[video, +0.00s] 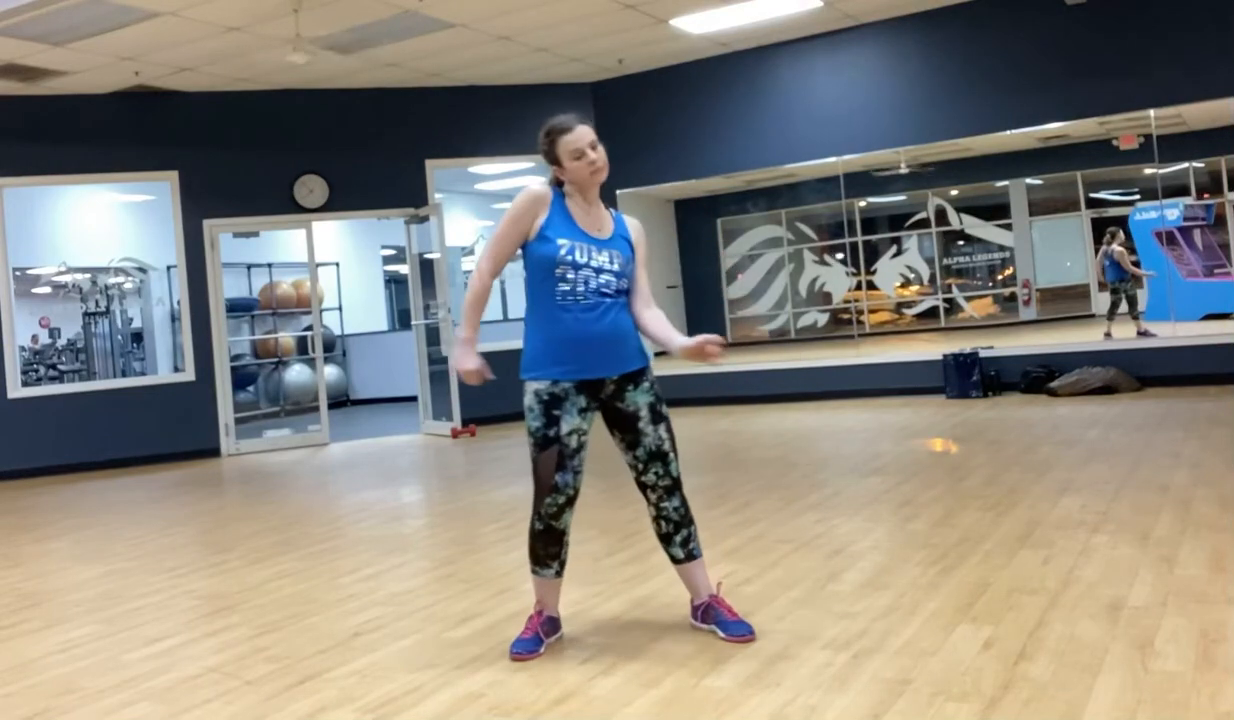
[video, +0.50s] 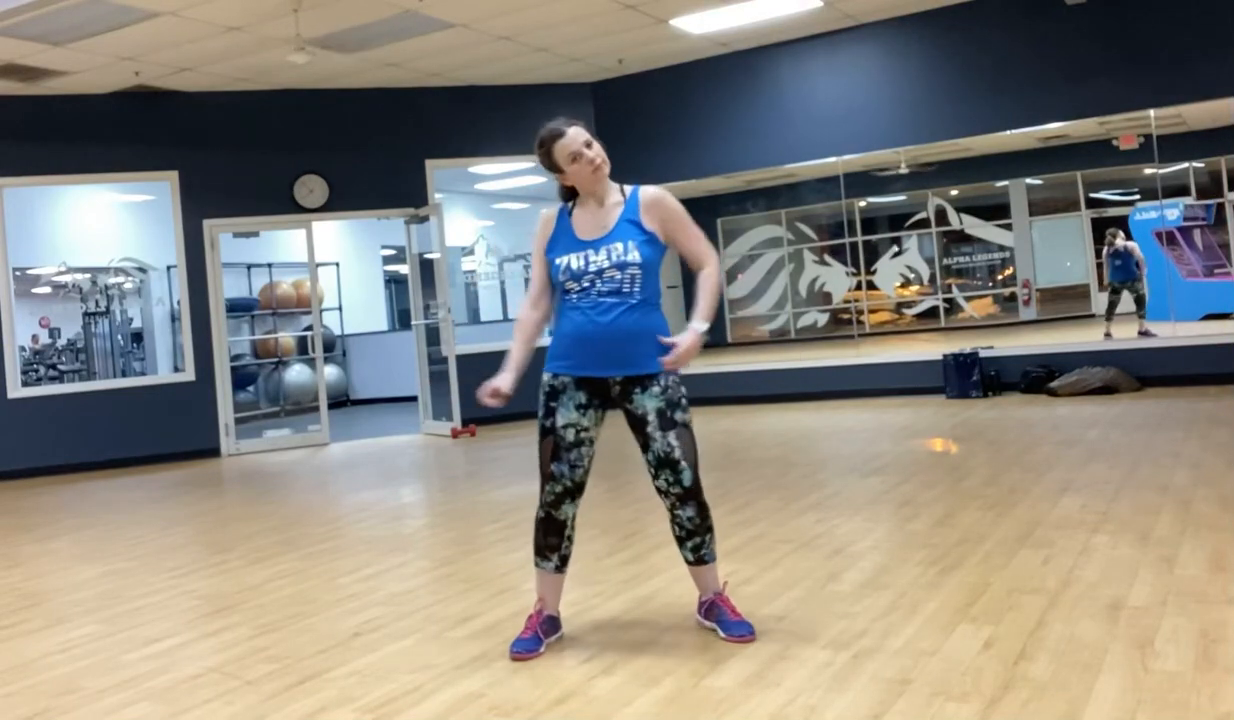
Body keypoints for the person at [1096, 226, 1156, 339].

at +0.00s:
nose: (1123, 236)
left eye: (1122, 233)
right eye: (1121, 234)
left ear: (1111, 237)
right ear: (1117, 236)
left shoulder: (1104, 249)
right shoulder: (1120, 251)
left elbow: (1098, 262)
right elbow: (1129, 267)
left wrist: (1100, 276)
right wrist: (1145, 273)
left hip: (1112, 281)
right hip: (1125, 281)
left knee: (1114, 304)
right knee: (1133, 303)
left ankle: (1108, 330)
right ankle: (1140, 328)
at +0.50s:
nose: (1123, 234)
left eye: (1121, 233)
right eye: (1121, 233)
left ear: (1110, 237)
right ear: (1119, 235)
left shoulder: (1107, 249)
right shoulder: (1131, 245)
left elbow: (1105, 266)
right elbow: (1140, 259)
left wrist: (1106, 280)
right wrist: (1143, 272)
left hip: (1115, 279)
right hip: (1132, 278)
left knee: (1111, 304)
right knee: (1140, 301)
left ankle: (1107, 330)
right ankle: (1142, 328)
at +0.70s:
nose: (1126, 234)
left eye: (1125, 232)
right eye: (1124, 233)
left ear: (1112, 236)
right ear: (1121, 235)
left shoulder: (1108, 249)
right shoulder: (1132, 245)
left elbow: (1108, 264)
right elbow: (1147, 255)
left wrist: (1111, 274)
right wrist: (1157, 267)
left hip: (1119, 280)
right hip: (1135, 278)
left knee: (1114, 305)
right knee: (1140, 303)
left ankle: (1108, 330)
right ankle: (1142, 328)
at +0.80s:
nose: (1127, 235)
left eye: (1125, 233)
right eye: (1125, 233)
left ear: (1112, 236)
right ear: (1122, 235)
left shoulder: (1108, 249)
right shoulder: (1131, 246)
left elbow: (1104, 267)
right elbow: (1146, 257)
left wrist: (1112, 278)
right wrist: (1161, 265)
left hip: (1119, 281)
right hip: (1135, 279)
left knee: (1115, 306)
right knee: (1138, 304)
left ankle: (1108, 330)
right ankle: (1141, 328)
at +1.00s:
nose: (1125, 234)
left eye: (1124, 232)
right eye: (1123, 232)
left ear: (1112, 236)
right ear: (1120, 235)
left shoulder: (1107, 249)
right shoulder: (1128, 247)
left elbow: (1099, 263)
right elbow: (1139, 262)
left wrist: (1103, 280)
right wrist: (1158, 268)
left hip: (1117, 281)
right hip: (1134, 279)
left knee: (1114, 306)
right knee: (1136, 305)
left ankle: (1108, 330)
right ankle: (1141, 328)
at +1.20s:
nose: (1123, 234)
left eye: (1121, 232)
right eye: (1121, 232)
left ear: (1109, 236)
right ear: (1118, 235)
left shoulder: (1103, 248)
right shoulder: (1124, 248)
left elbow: (1093, 260)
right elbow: (1129, 265)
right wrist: (1142, 272)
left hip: (1112, 281)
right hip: (1127, 279)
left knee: (1113, 305)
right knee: (1133, 303)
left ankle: (1108, 329)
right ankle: (1140, 327)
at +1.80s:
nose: (1127, 234)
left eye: (1126, 233)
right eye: (1126, 233)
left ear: (1114, 236)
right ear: (1123, 235)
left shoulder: (1112, 246)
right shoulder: (1128, 244)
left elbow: (1097, 251)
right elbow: (1130, 259)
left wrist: (1080, 250)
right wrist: (1134, 276)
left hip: (1116, 279)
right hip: (1127, 279)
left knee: (1118, 302)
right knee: (1143, 301)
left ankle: (1104, 325)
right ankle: (1138, 328)